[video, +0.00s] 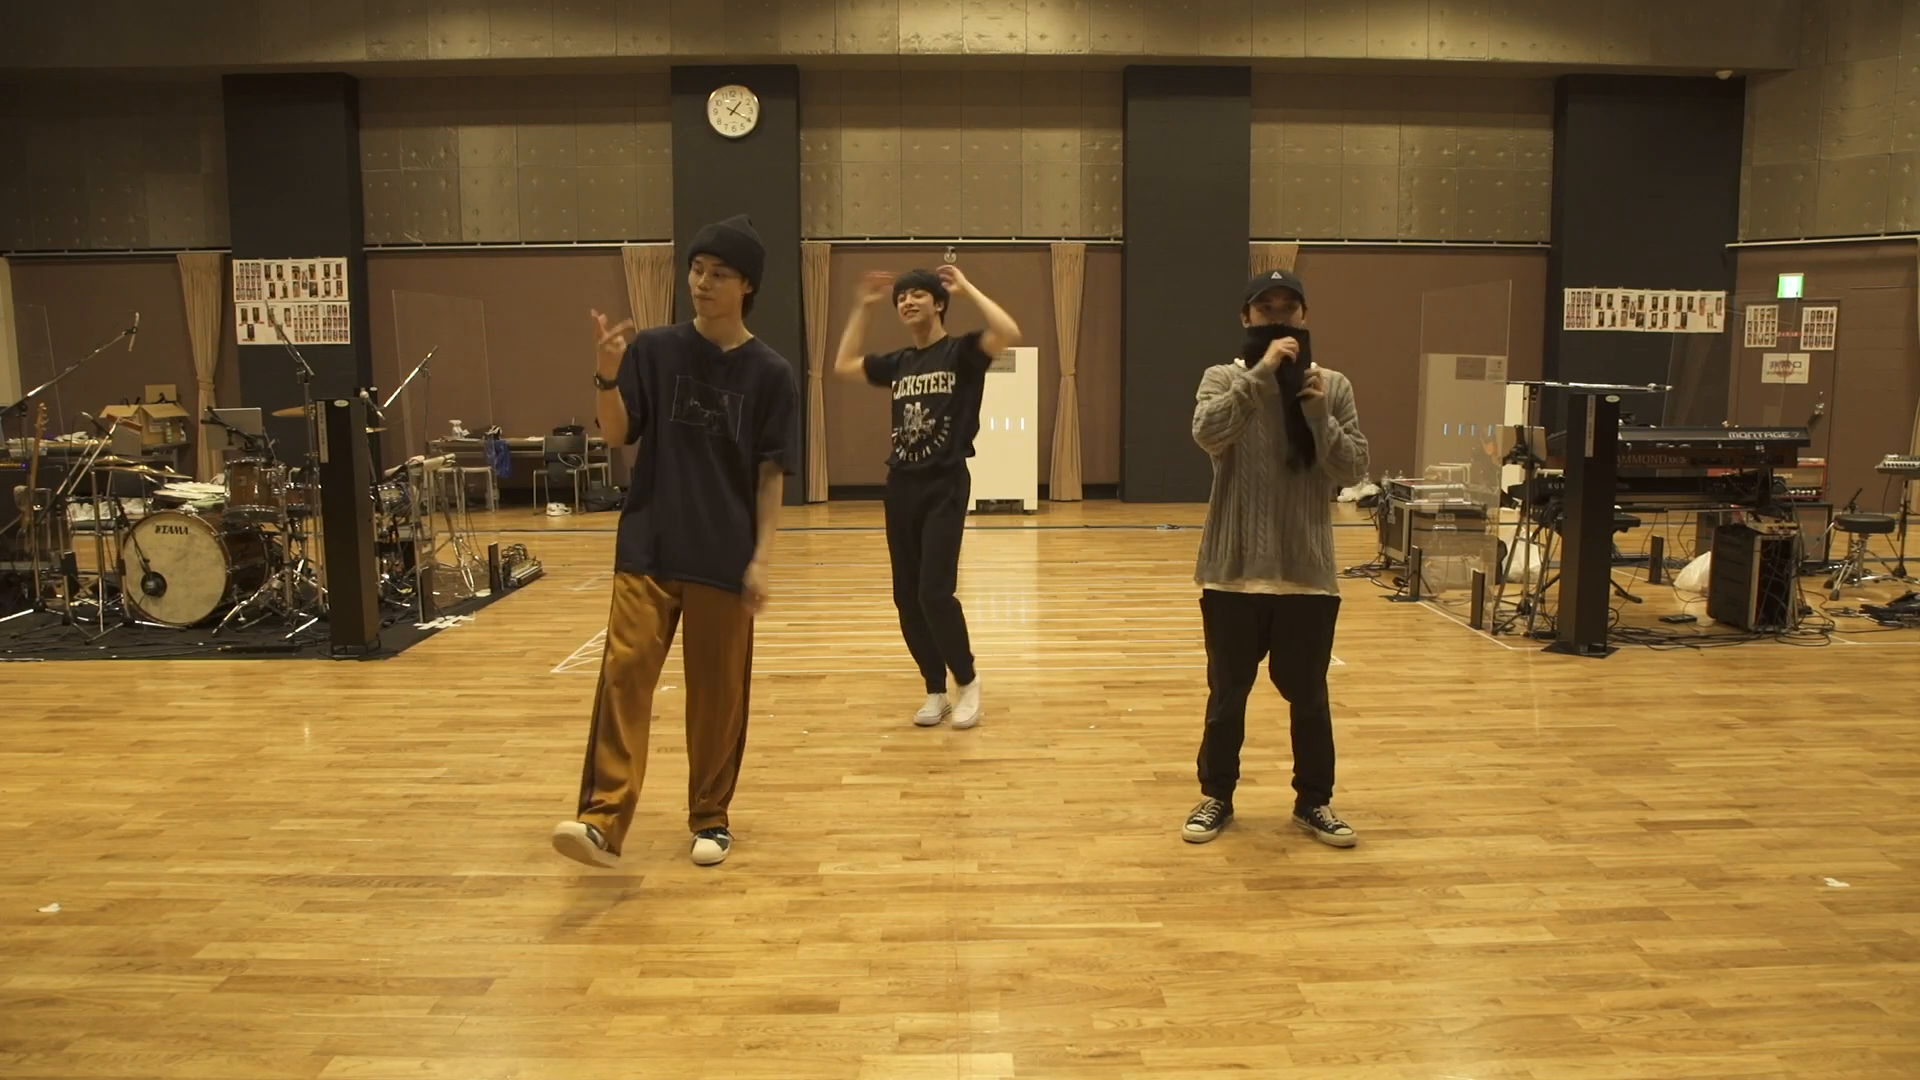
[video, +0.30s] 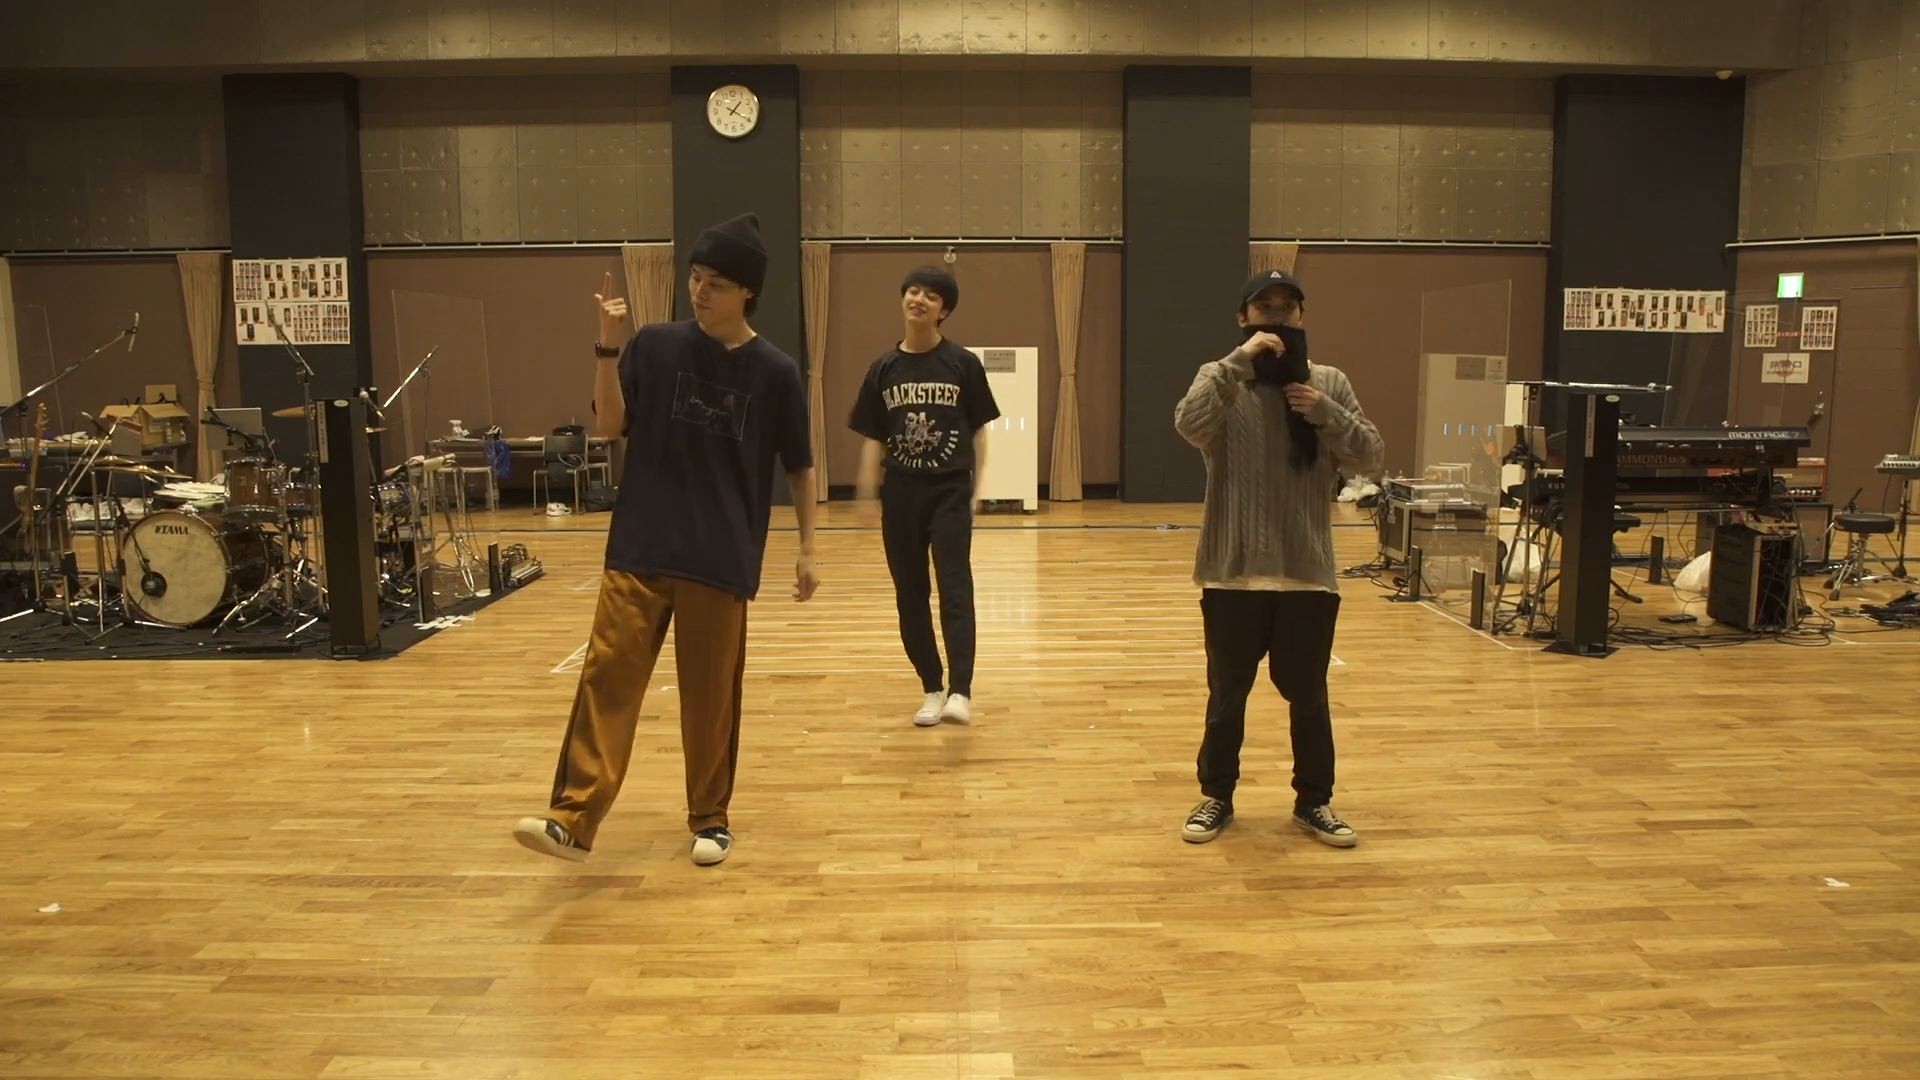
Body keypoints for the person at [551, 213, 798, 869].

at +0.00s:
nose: (702, 284)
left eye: (718, 274)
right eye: (697, 272)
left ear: (747, 287)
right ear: (688, 279)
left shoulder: (769, 372)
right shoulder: (652, 349)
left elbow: (771, 473)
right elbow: (615, 432)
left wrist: (762, 557)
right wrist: (607, 377)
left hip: (725, 553)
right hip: (647, 545)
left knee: (719, 690)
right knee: (622, 672)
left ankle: (710, 820)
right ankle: (602, 821)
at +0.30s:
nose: (700, 291)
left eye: (715, 283)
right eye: (696, 279)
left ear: (748, 293)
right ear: (688, 281)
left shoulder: (776, 372)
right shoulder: (654, 344)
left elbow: (800, 467)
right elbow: (608, 423)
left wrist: (807, 550)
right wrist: (608, 344)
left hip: (722, 556)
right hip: (640, 544)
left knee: (712, 691)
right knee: (606, 673)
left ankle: (710, 821)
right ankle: (573, 822)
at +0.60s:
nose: (687, 290)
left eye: (701, 282)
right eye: (683, 278)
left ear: (737, 288)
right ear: (677, 279)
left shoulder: (767, 369)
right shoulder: (647, 345)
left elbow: (788, 467)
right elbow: (606, 426)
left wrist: (797, 549)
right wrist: (598, 354)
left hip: (714, 552)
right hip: (635, 544)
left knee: (710, 690)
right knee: (610, 681)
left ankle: (709, 819)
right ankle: (602, 810)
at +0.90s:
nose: (649, 284)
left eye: (661, 275)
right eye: (651, 273)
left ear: (696, 286)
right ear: (667, 283)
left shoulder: (741, 370)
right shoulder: (629, 357)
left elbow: (765, 464)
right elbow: (616, 443)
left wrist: (724, 513)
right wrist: (578, 421)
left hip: (698, 558)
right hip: (627, 551)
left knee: (698, 690)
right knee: (623, 677)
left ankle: (710, 819)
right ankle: (664, 784)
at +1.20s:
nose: (605, 285)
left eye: (616, 275)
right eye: (609, 273)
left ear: (650, 285)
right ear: (638, 286)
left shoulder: (694, 360)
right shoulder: (611, 364)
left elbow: (695, 460)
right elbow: (607, 453)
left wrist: (610, 444)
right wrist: (580, 475)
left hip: (668, 560)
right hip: (611, 555)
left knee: (669, 688)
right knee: (625, 687)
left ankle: (710, 819)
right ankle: (665, 795)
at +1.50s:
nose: (582, 289)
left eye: (592, 277)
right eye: (581, 277)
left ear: (630, 280)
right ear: (596, 281)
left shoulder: (672, 352)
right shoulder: (589, 360)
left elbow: (675, 448)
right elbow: (581, 442)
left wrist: (607, 500)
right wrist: (573, 482)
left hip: (663, 553)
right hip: (606, 552)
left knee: (676, 683)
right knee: (628, 682)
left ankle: (697, 828)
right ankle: (665, 793)